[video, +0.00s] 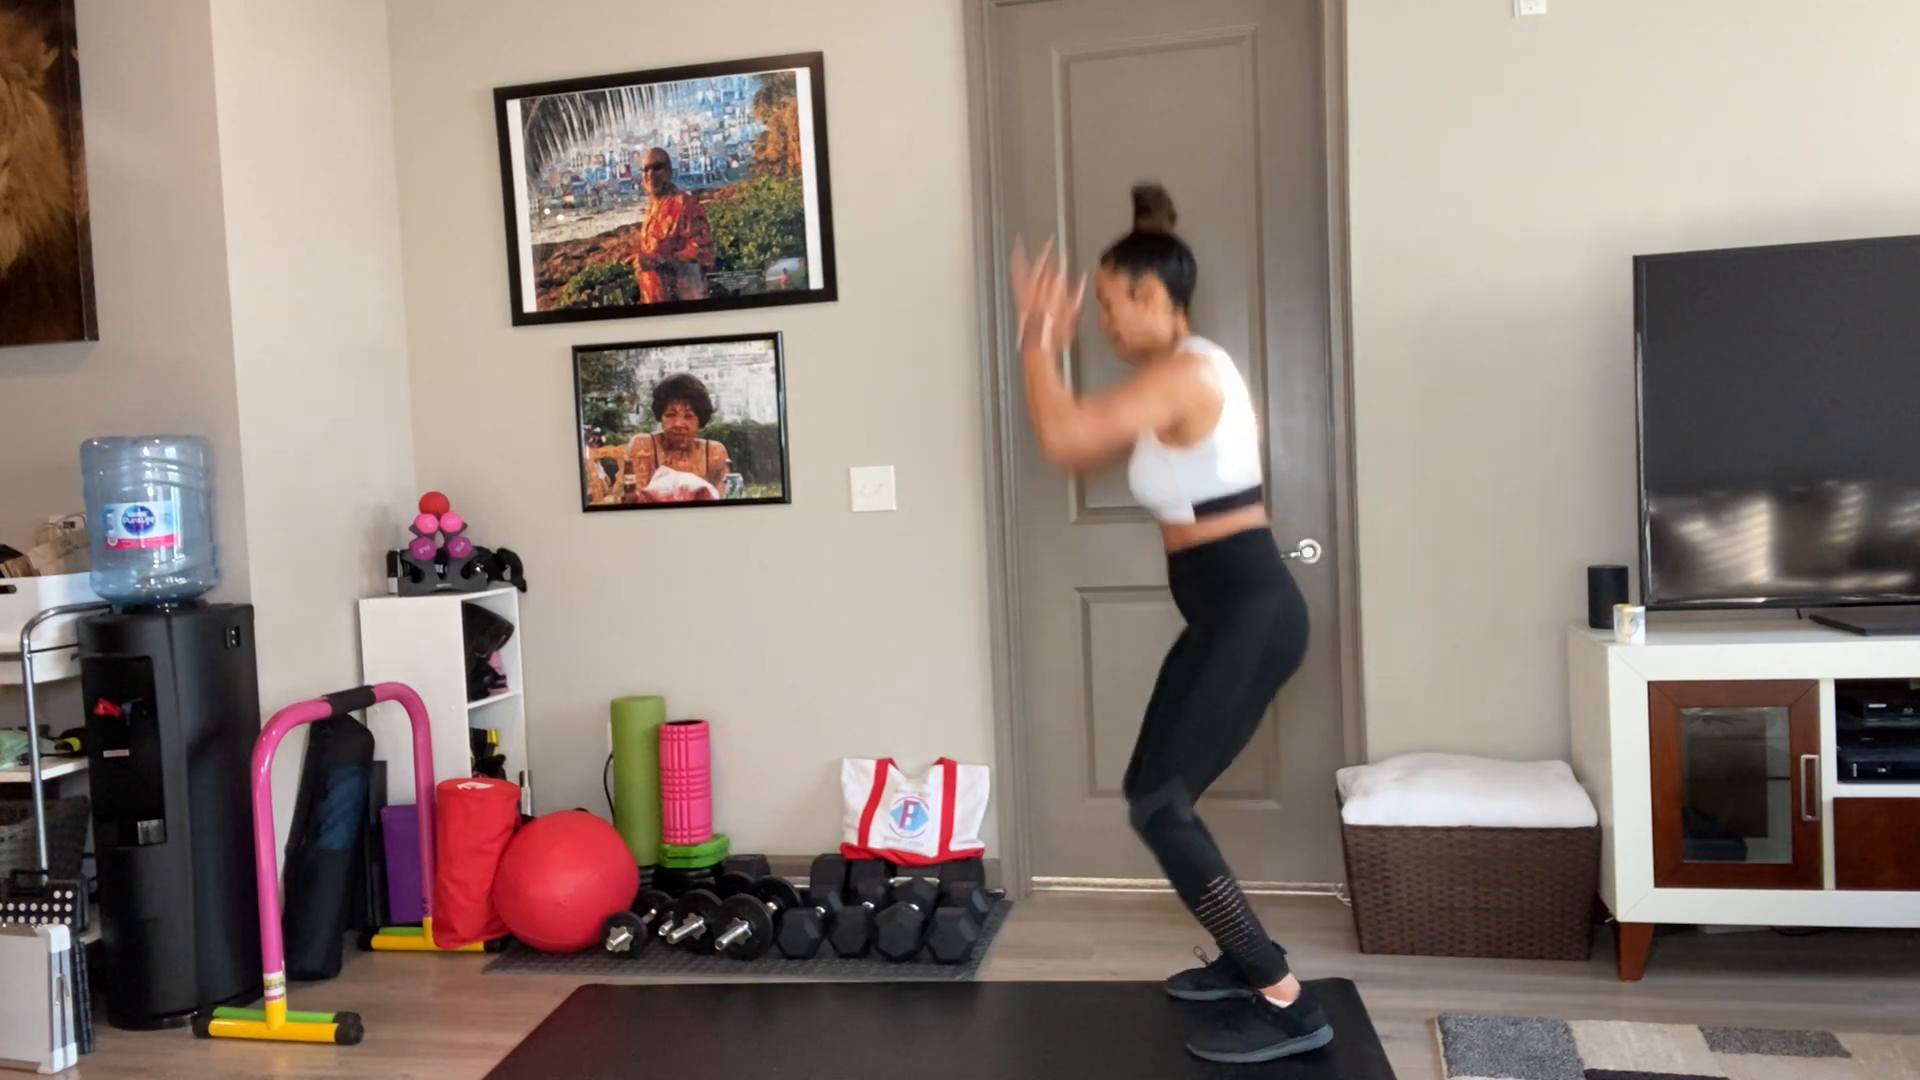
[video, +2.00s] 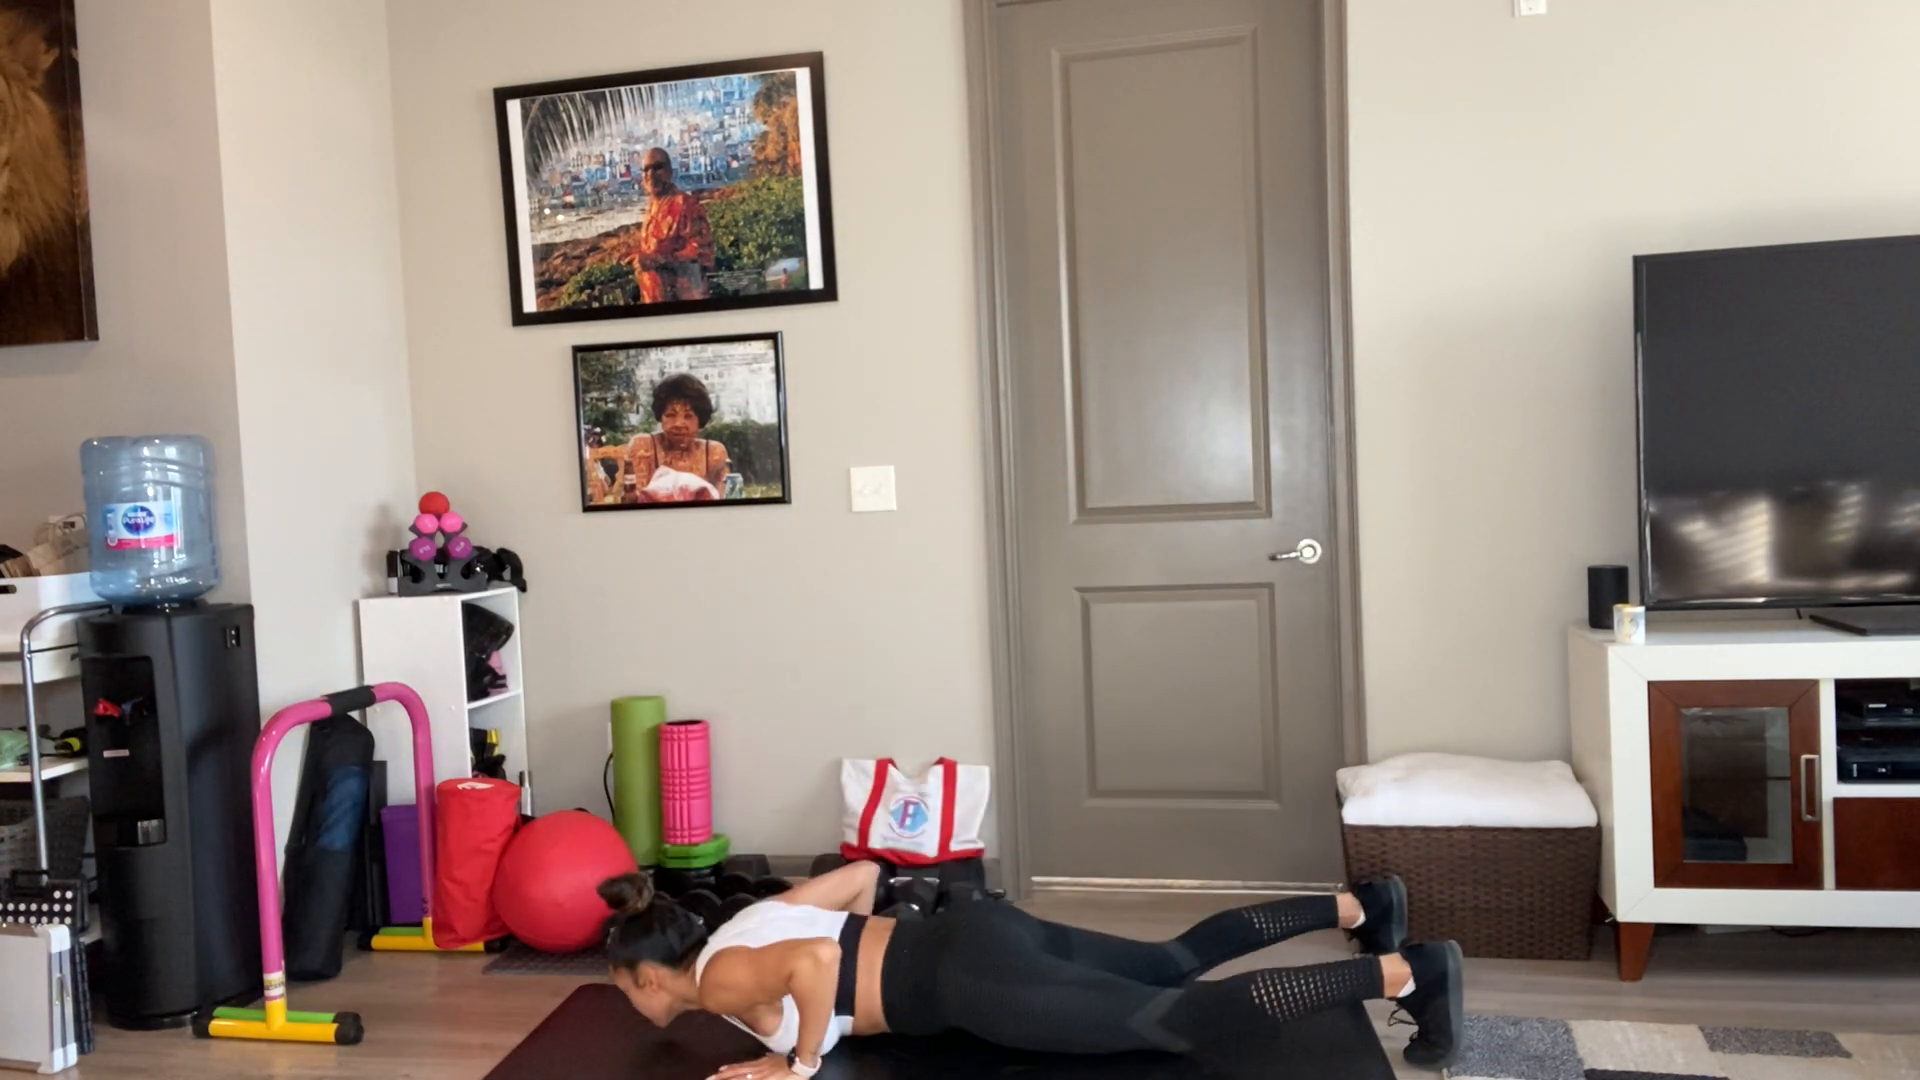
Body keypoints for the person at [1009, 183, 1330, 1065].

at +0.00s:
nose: (1111, 315)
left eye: (1122, 299)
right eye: (1107, 301)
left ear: (1164, 297)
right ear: (1129, 304)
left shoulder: (1192, 376)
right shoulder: (1175, 370)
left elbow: (1065, 439)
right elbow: (1074, 440)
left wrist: (1036, 340)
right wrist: (1053, 347)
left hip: (1252, 610)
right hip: (1222, 609)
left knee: (1159, 800)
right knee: (1152, 791)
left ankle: (1277, 989)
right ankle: (1247, 960)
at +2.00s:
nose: (637, 1000)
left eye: (632, 987)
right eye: (630, 989)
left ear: (659, 968)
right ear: (672, 942)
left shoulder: (722, 973)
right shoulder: (749, 928)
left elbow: (816, 964)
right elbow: (857, 884)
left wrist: (797, 1058)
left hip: (947, 972)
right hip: (962, 924)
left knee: (1164, 1019)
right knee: (1169, 969)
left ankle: (1397, 979)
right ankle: (1360, 925)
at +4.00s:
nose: (923, 226)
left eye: (926, 211)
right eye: (917, 216)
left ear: (956, 194)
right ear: (957, 194)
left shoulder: (1022, 238)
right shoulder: (1008, 258)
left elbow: (898, 254)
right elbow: (911, 286)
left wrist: (858, 149)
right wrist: (875, 165)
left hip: (1111, 465)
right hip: (1099, 469)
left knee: (1109, 680)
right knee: (1108, 679)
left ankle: (1155, 908)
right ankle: (1155, 874)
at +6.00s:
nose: (712, 794)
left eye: (709, 778)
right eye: (705, 781)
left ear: (736, 754)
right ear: (752, 740)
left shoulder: (808, 796)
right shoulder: (829, 753)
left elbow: (843, 932)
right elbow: (873, 881)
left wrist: (830, 1053)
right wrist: (844, 967)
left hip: (1017, 870)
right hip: (1031, 844)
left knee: (1189, 1020)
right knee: (1197, 962)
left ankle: (1411, 964)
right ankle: (1374, 908)